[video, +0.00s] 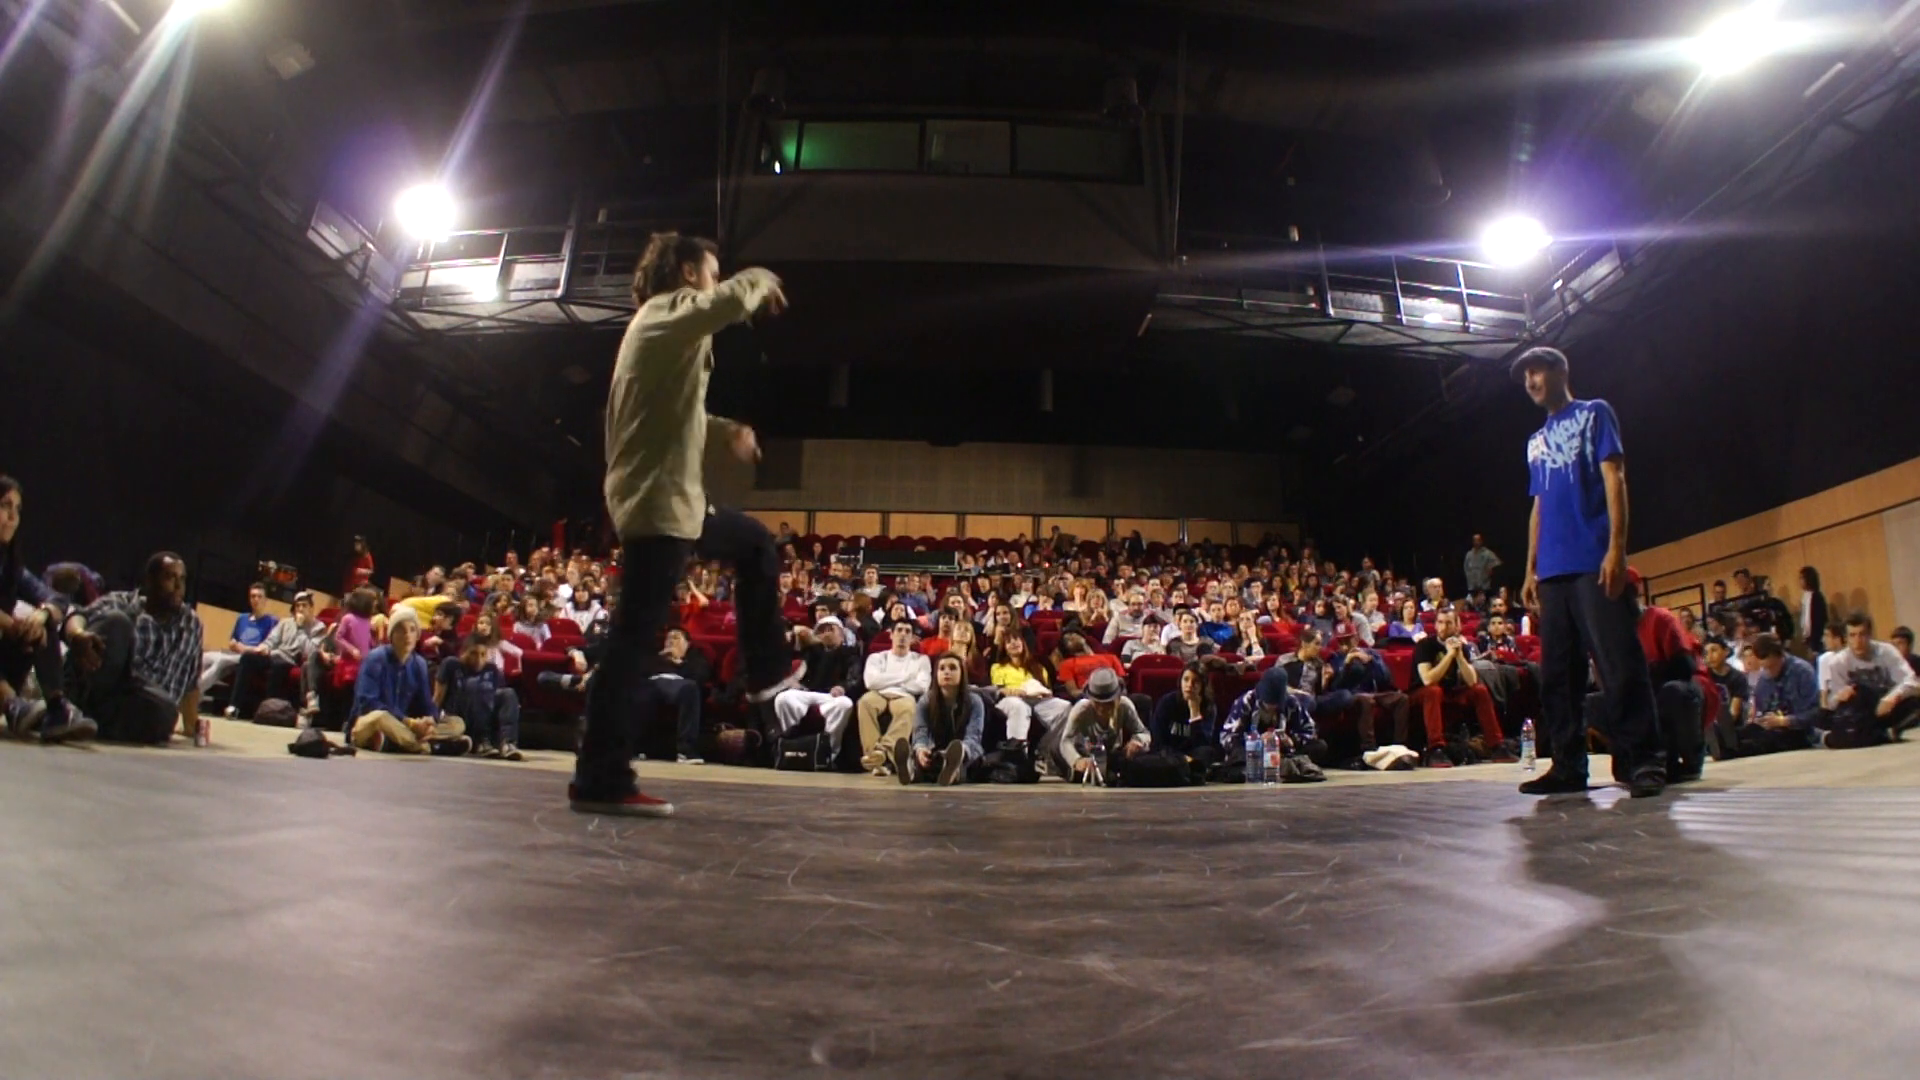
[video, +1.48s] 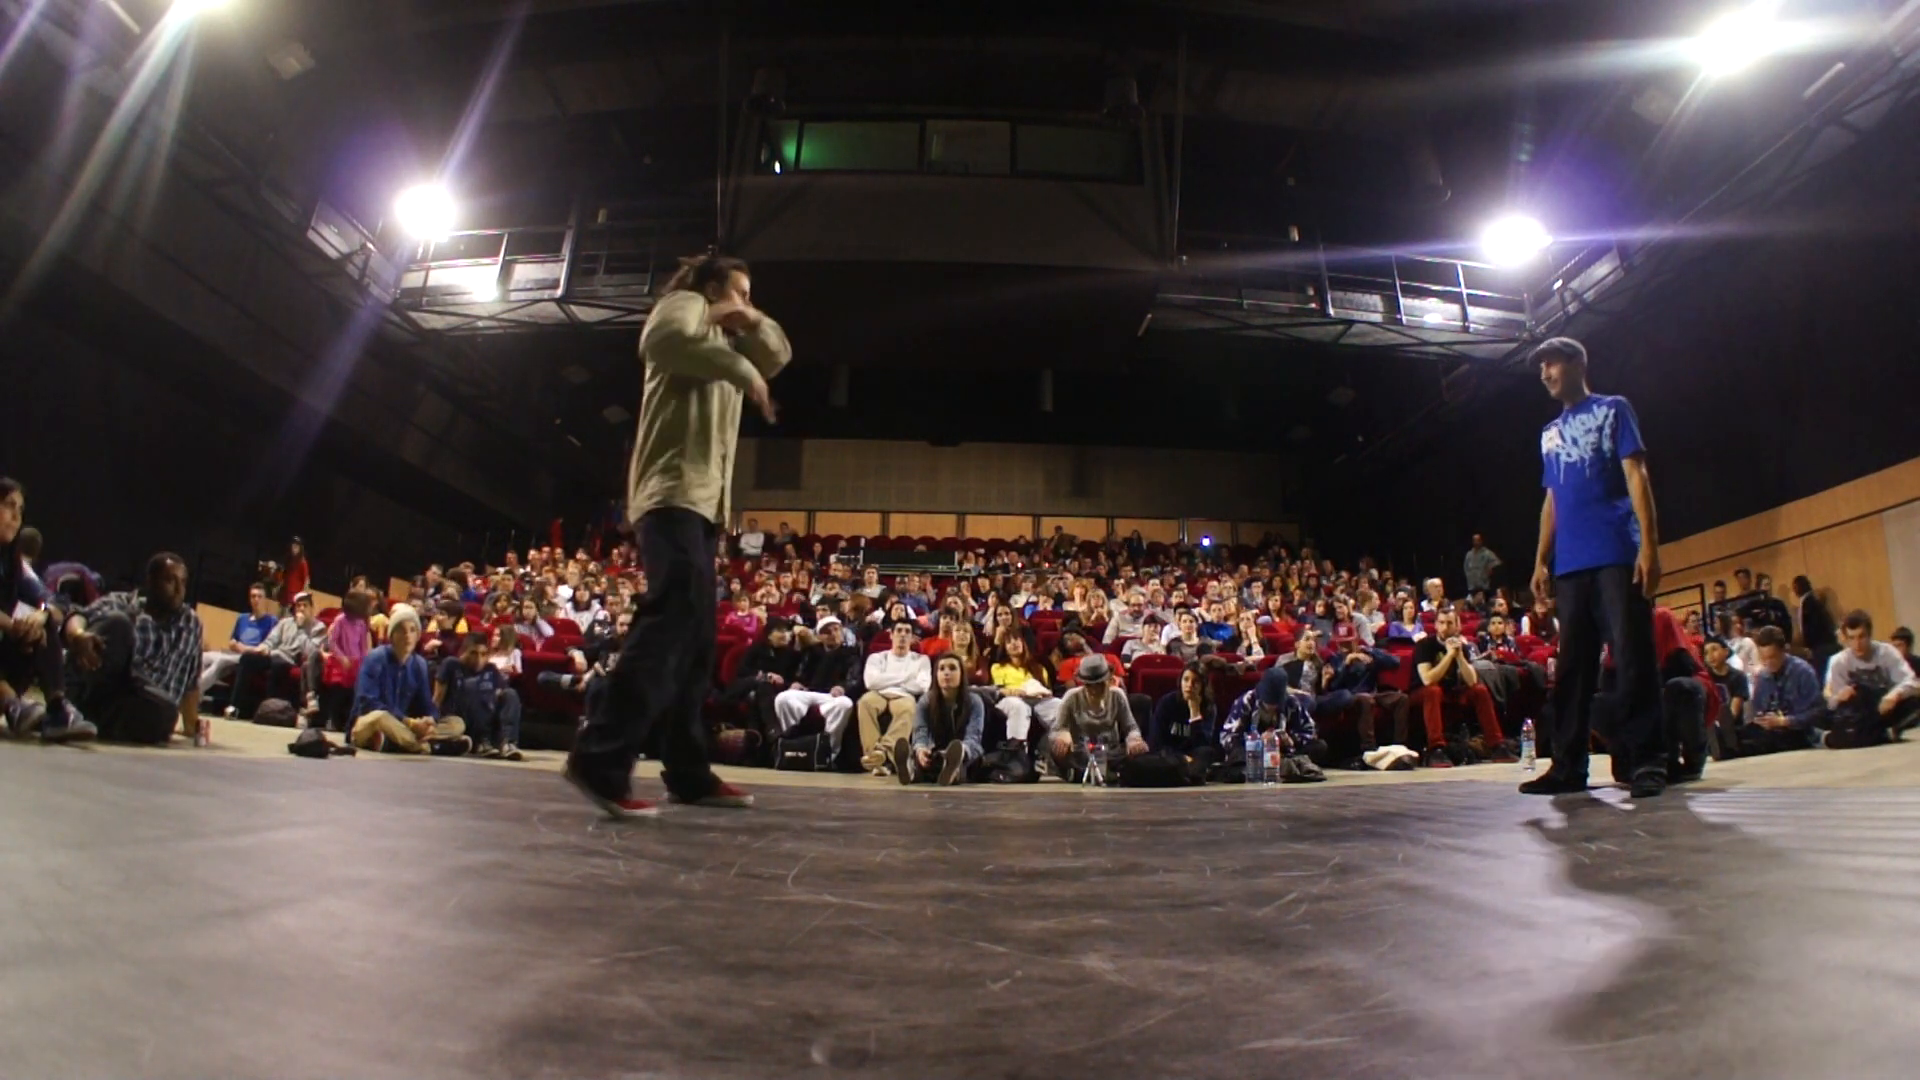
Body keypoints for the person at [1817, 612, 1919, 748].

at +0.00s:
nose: (1857, 641)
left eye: (1862, 635)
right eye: (1852, 635)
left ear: (1869, 634)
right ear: (1846, 638)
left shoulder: (1887, 652)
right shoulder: (1838, 662)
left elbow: (1911, 680)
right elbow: (1830, 703)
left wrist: (1892, 697)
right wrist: (1839, 697)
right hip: (1858, 707)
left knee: (1913, 702)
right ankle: (1883, 734)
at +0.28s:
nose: (1856, 642)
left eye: (1861, 635)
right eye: (1851, 637)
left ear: (1870, 635)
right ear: (1846, 638)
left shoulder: (1886, 652)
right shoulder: (1840, 661)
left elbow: (1911, 680)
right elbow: (1830, 703)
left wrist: (1892, 696)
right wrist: (1838, 697)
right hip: (1858, 705)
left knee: (1913, 703)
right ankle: (1885, 734)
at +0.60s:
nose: (1857, 642)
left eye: (1862, 635)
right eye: (1851, 636)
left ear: (1870, 634)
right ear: (1845, 638)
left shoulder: (1886, 651)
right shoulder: (1837, 659)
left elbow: (1911, 681)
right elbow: (1829, 702)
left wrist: (1894, 695)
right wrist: (1838, 697)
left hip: (1885, 703)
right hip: (1856, 704)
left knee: (1913, 704)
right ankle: (1885, 734)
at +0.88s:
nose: (1857, 642)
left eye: (1862, 635)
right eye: (1852, 636)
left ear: (1870, 635)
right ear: (1844, 638)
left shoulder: (1886, 652)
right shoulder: (1838, 661)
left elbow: (1911, 680)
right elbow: (1830, 702)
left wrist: (1894, 695)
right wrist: (1839, 696)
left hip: (1886, 703)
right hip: (1857, 705)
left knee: (1913, 704)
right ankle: (1884, 734)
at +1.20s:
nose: (1857, 643)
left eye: (1862, 636)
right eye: (1852, 637)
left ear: (1869, 635)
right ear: (1843, 638)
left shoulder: (1886, 652)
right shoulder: (1839, 661)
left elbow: (1911, 681)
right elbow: (1830, 702)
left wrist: (1894, 695)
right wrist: (1839, 696)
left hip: (1886, 702)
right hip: (1858, 704)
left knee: (1914, 703)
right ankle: (1885, 734)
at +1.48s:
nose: (1857, 643)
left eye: (1861, 637)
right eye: (1851, 638)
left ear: (1869, 635)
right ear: (1844, 638)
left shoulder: (1886, 652)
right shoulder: (1838, 661)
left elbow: (1911, 681)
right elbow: (1830, 702)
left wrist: (1893, 695)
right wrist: (1839, 697)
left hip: (1886, 702)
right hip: (1858, 705)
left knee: (1913, 703)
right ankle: (1884, 734)